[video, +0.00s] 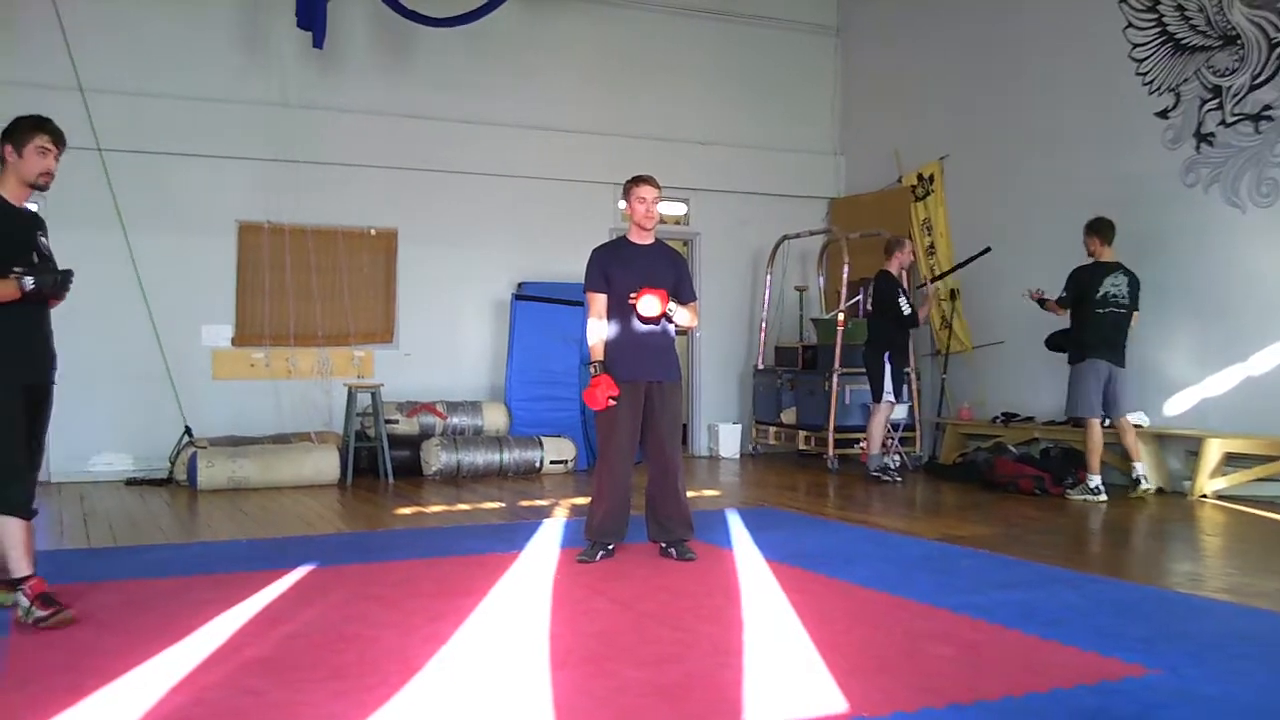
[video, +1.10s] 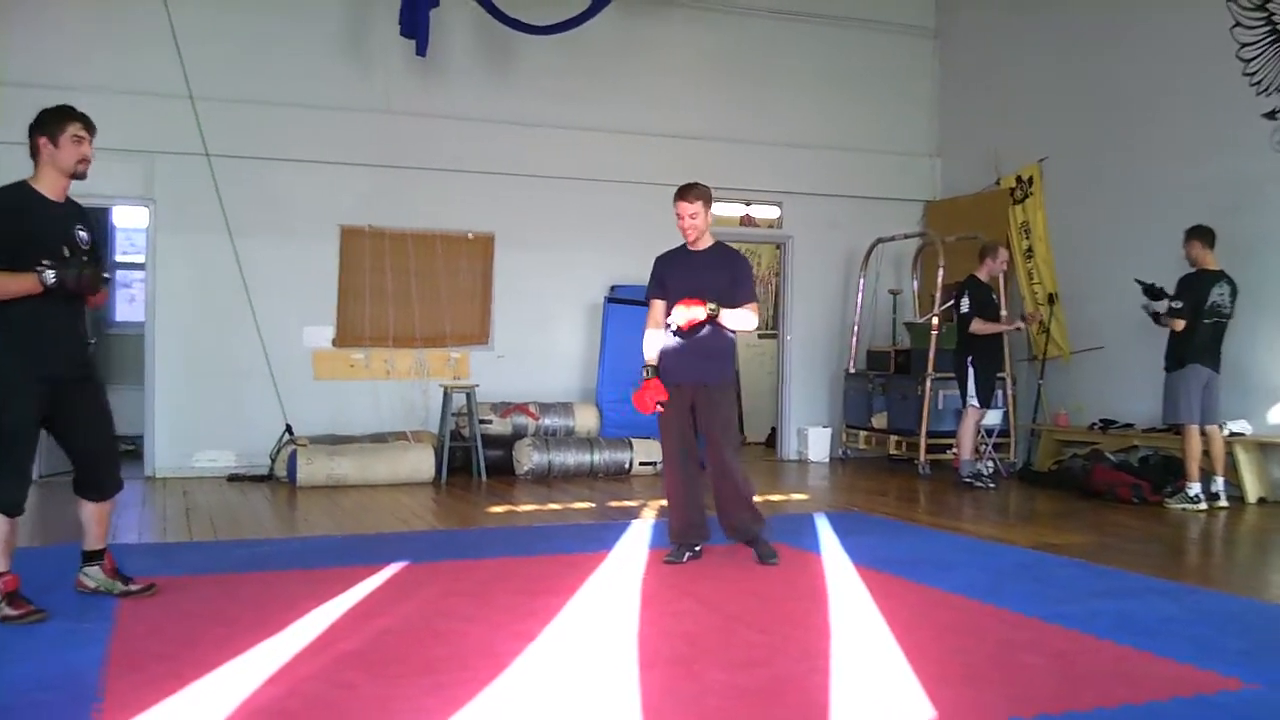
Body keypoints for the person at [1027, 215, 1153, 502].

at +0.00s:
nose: (1084, 246)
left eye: (1086, 241)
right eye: (1085, 241)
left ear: (1095, 241)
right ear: (1110, 241)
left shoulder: (1083, 274)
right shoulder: (1130, 277)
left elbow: (1059, 309)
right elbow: (1131, 319)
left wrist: (1040, 299)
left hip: (1089, 354)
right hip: (1116, 356)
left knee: (1093, 420)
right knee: (1121, 417)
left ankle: (1094, 484)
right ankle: (1141, 477)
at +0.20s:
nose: (1107, 245)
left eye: (1109, 240)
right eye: (1108, 240)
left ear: (1118, 241)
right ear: (1133, 240)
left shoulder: (1106, 275)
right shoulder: (1154, 277)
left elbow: (1084, 318)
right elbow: (1157, 318)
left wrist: (1067, 326)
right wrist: (1132, 324)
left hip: (1112, 355)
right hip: (1140, 356)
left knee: (1117, 420)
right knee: (1140, 419)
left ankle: (1122, 485)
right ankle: (1148, 482)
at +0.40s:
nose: (1110, 245)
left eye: (1112, 240)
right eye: (1111, 240)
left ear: (1122, 242)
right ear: (1136, 242)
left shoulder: (1110, 278)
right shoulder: (1155, 279)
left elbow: (1099, 323)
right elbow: (1160, 319)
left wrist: (1091, 359)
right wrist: (1131, 318)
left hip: (1114, 357)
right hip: (1141, 358)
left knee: (1119, 422)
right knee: (1142, 421)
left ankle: (1124, 486)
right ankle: (1150, 483)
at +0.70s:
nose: (1117, 246)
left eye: (1118, 241)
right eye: (1117, 241)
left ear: (1126, 241)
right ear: (1141, 240)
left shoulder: (1121, 277)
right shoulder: (1160, 277)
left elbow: (1118, 319)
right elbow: (1163, 317)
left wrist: (1112, 356)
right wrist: (1134, 313)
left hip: (1125, 355)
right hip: (1148, 357)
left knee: (1126, 420)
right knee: (1150, 419)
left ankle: (1130, 483)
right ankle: (1156, 481)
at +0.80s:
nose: (1154, 247)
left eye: (1155, 241)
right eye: (1154, 241)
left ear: (1162, 241)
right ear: (1178, 240)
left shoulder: (1160, 276)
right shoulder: (1197, 277)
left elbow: (1154, 320)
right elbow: (1200, 316)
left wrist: (1143, 356)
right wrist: (1169, 313)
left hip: (1162, 356)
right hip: (1185, 357)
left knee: (1165, 422)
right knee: (1187, 420)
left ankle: (1169, 486)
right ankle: (1195, 483)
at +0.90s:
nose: (1190, 250)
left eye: (1192, 245)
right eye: (1190, 245)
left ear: (1201, 245)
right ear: (1214, 246)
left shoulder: (1195, 280)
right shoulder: (1233, 282)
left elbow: (1189, 326)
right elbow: (1234, 322)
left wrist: (1166, 353)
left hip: (1196, 361)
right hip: (1219, 362)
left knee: (1199, 428)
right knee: (1222, 426)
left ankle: (1203, 492)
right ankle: (1229, 491)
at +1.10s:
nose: (1184, 252)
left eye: (1186, 247)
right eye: (1185, 247)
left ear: (1198, 247)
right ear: (1209, 247)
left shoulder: (1191, 281)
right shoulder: (1228, 284)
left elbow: (1178, 324)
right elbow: (1207, 318)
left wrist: (1159, 318)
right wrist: (1174, 304)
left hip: (1188, 361)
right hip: (1212, 362)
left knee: (1190, 427)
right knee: (1212, 426)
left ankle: (1193, 491)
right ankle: (1219, 490)